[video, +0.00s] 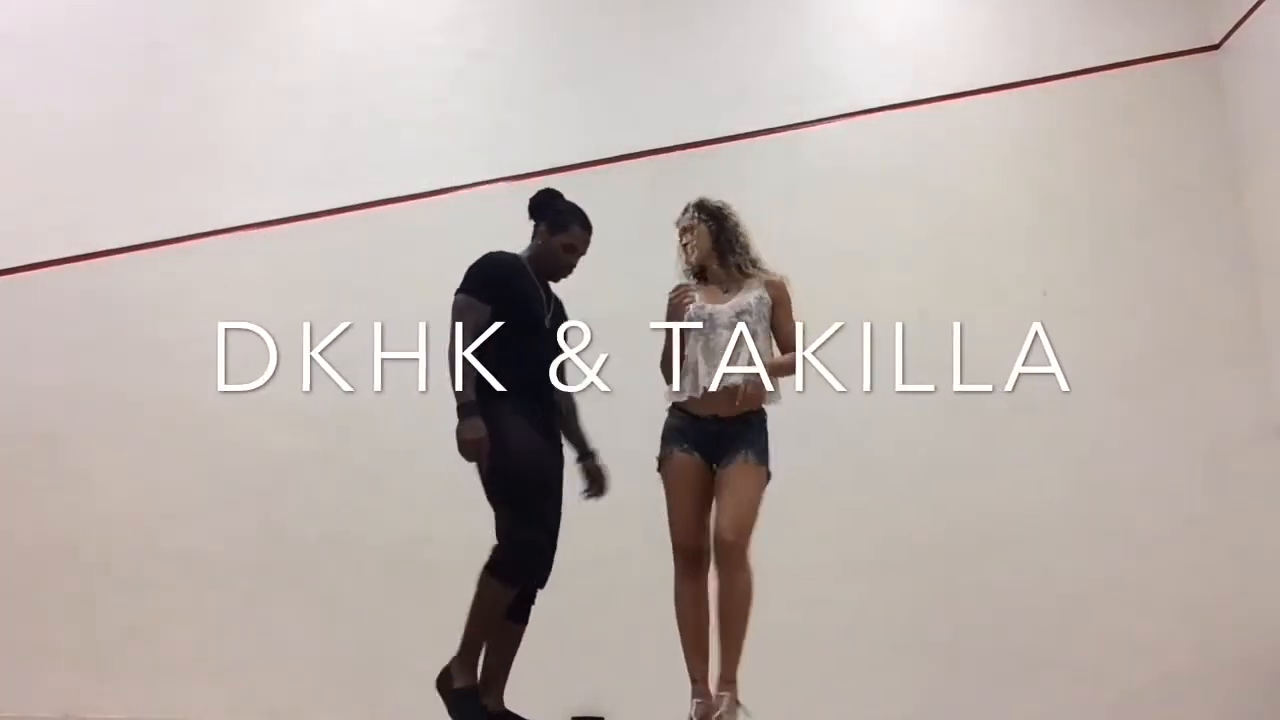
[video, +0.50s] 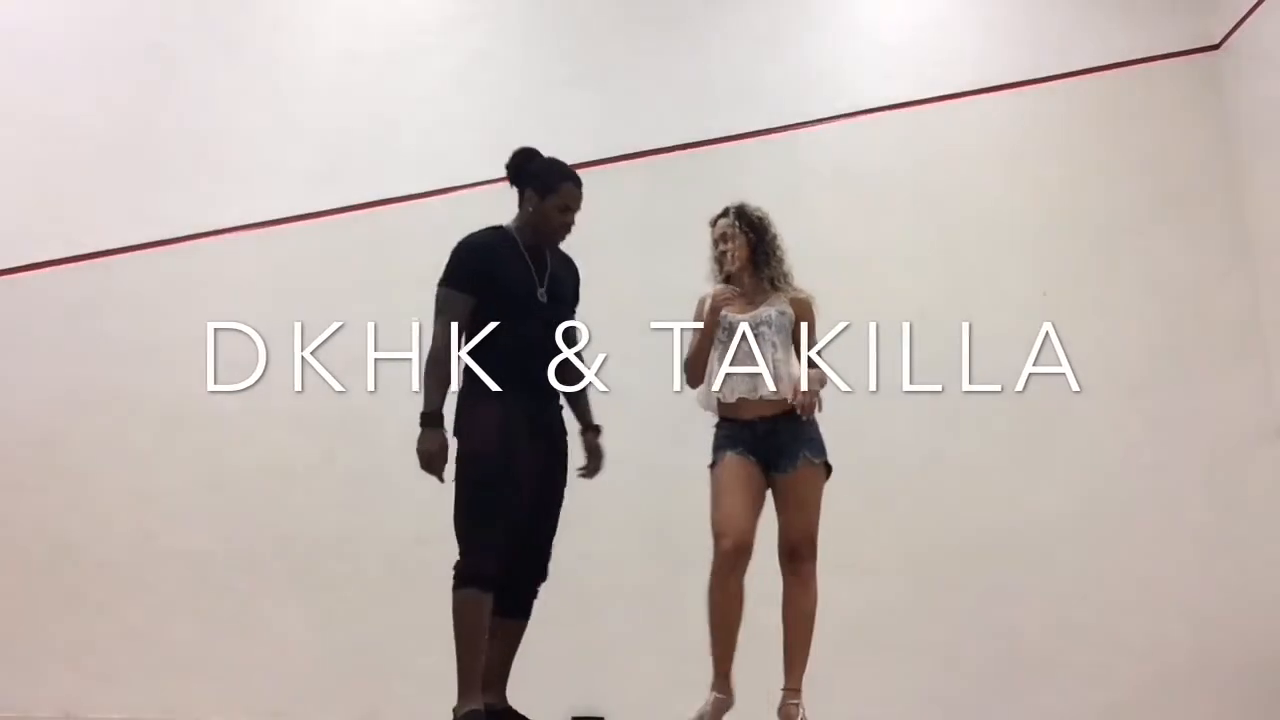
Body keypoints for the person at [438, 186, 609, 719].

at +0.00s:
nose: (575, 261)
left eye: (581, 253)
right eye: (570, 249)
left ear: (575, 248)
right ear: (541, 233)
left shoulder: (553, 308)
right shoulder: (498, 269)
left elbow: (557, 387)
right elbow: (460, 341)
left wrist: (585, 453)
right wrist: (467, 413)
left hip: (541, 439)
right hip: (503, 431)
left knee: (533, 563)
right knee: (519, 546)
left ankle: (491, 696)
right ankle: (461, 671)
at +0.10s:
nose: (577, 257)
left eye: (583, 248)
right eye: (572, 243)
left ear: (581, 244)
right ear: (542, 228)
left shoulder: (561, 302)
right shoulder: (500, 266)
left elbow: (564, 379)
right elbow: (460, 337)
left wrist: (603, 433)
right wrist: (462, 408)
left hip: (545, 434)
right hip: (498, 425)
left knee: (529, 558)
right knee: (511, 533)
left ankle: (492, 695)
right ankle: (462, 673)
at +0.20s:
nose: (579, 251)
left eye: (584, 241)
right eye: (572, 238)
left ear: (582, 236)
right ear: (542, 224)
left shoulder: (569, 297)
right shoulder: (498, 264)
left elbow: (569, 371)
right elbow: (456, 339)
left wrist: (612, 418)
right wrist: (454, 407)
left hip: (545, 438)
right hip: (495, 428)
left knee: (521, 563)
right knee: (490, 550)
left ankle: (491, 697)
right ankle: (464, 691)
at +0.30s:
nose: (578, 246)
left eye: (583, 236)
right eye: (571, 233)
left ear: (581, 231)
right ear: (540, 220)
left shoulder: (570, 289)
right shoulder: (492, 264)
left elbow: (572, 367)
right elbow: (452, 343)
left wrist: (613, 415)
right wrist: (447, 415)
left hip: (544, 441)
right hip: (487, 432)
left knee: (519, 568)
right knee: (477, 560)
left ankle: (491, 699)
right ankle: (463, 697)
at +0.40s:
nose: (577, 235)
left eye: (581, 225)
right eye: (570, 223)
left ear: (573, 220)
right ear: (536, 212)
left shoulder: (569, 279)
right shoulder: (486, 258)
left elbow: (573, 361)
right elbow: (449, 343)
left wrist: (605, 421)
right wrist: (439, 420)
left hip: (543, 435)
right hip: (487, 430)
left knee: (521, 568)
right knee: (477, 561)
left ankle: (491, 700)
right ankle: (467, 699)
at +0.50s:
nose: (573, 221)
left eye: (577, 210)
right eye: (565, 209)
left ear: (565, 208)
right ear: (528, 201)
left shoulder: (564, 269)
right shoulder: (479, 251)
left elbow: (566, 356)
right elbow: (445, 341)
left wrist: (588, 425)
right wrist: (433, 421)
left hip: (544, 432)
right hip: (487, 427)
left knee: (527, 563)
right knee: (482, 556)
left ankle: (495, 696)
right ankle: (469, 699)